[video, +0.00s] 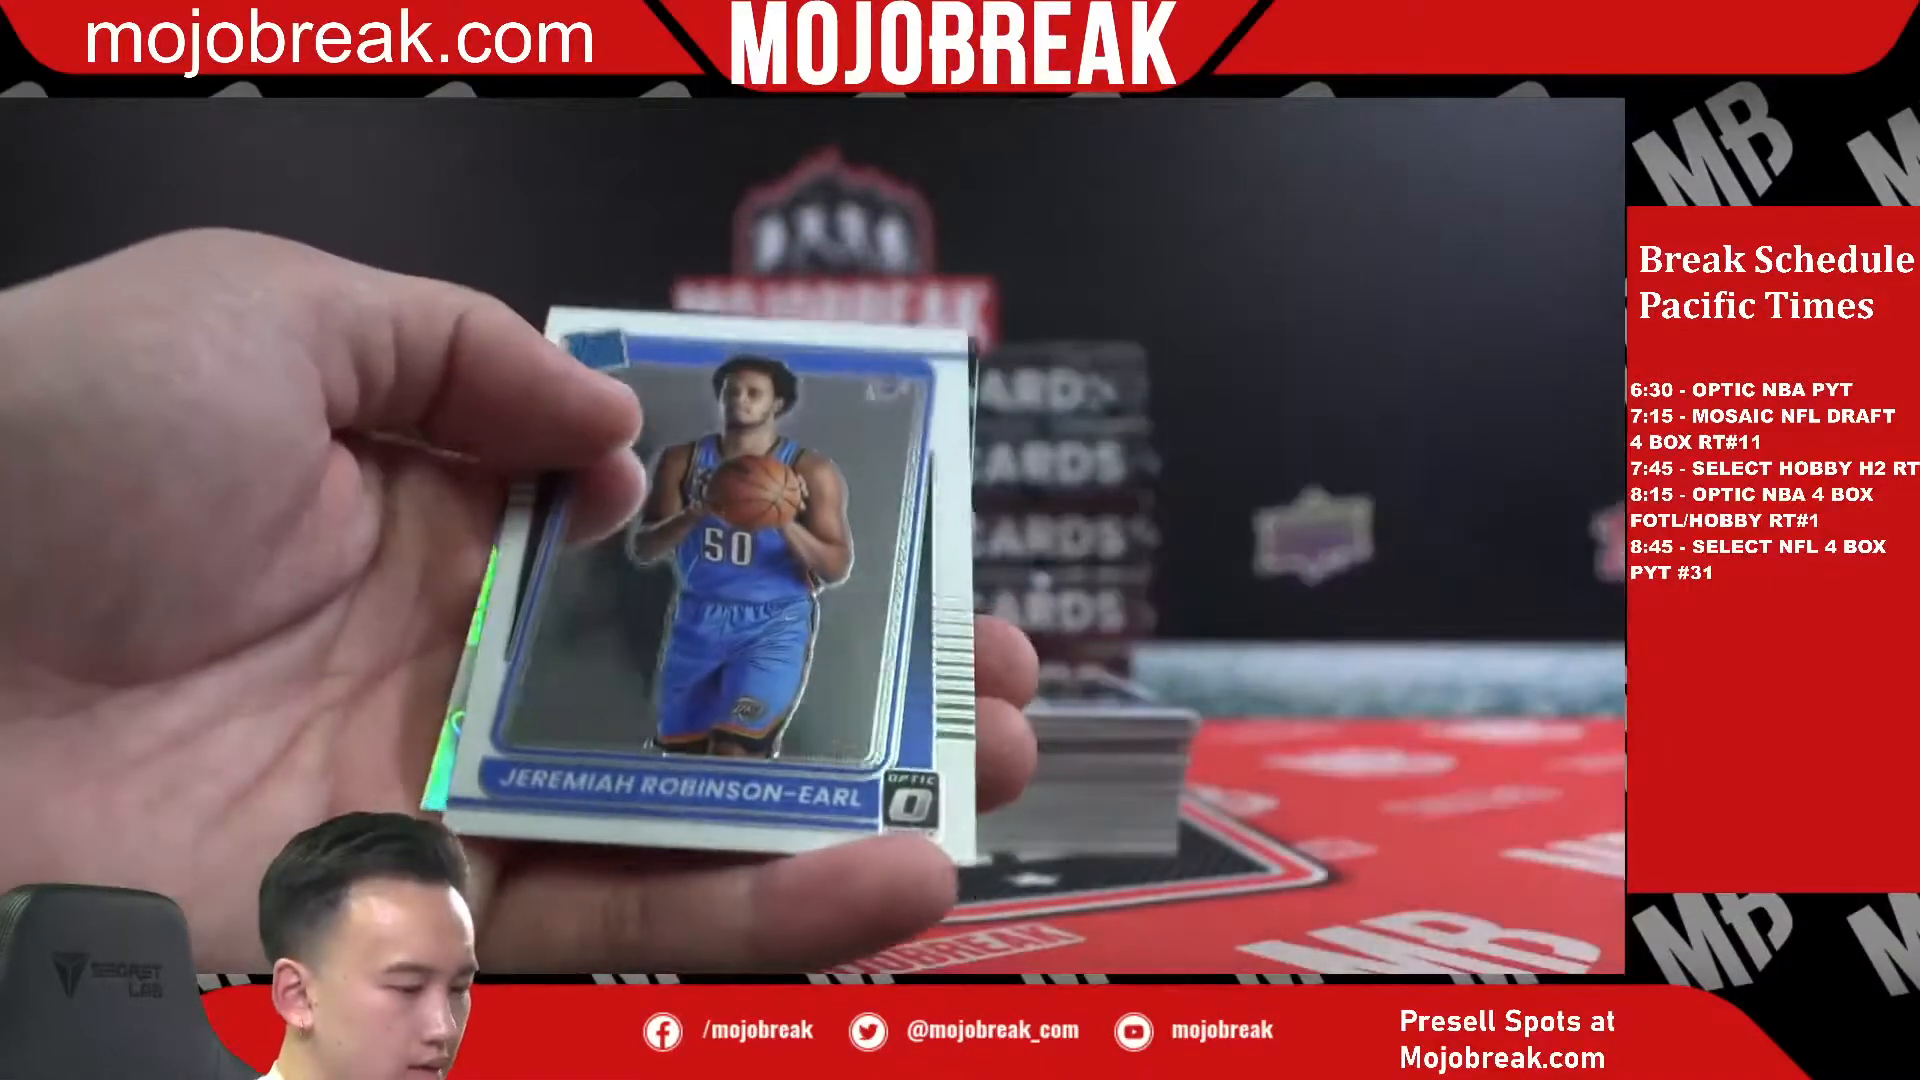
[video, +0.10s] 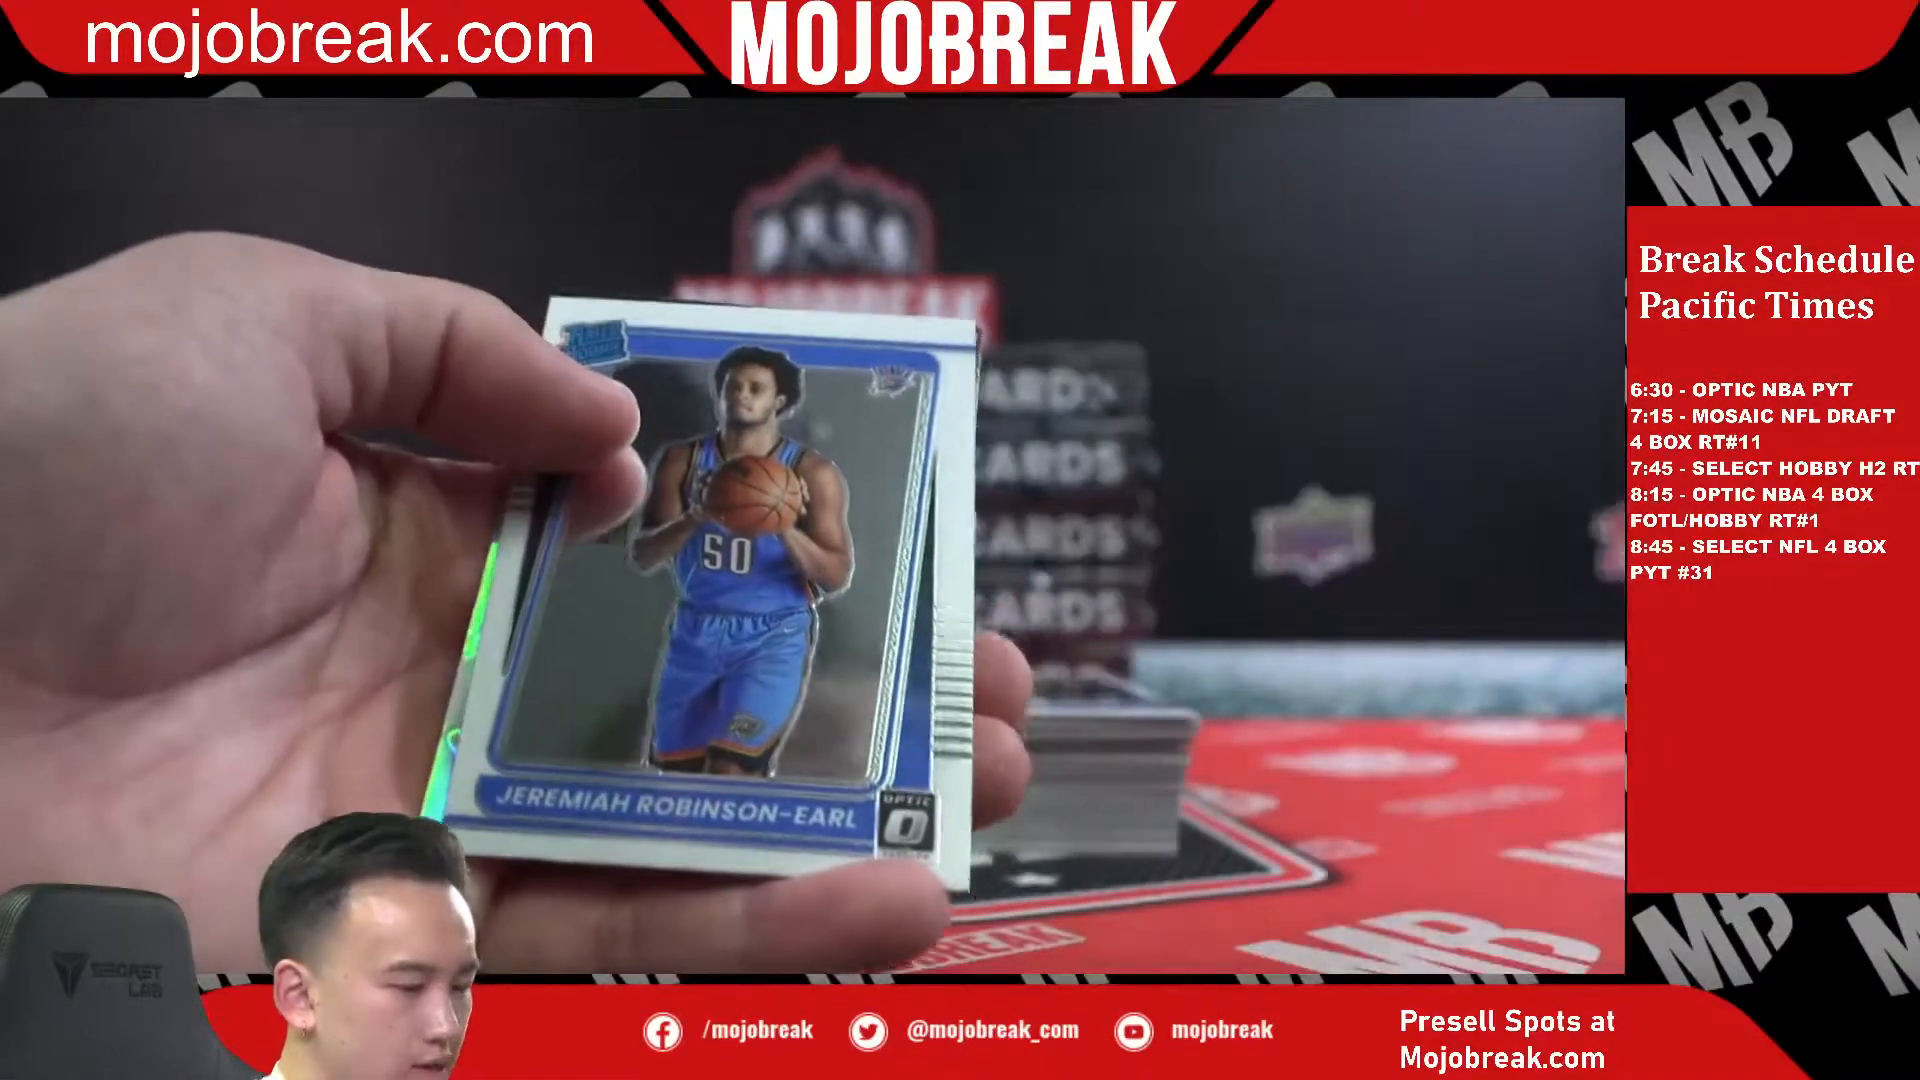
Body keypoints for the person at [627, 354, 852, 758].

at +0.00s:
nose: (740, 401)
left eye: (754, 393)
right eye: (732, 391)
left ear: (777, 405)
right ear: (721, 398)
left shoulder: (814, 473)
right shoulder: (681, 461)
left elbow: (837, 567)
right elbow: (642, 550)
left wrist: (786, 521)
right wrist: (695, 514)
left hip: (775, 627)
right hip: (695, 623)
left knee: (731, 757)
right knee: (680, 762)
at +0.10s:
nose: (742, 396)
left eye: (756, 388)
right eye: (734, 385)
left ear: (781, 403)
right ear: (720, 394)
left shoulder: (815, 475)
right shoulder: (681, 460)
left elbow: (836, 575)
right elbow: (642, 557)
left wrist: (787, 527)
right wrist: (696, 517)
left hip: (775, 639)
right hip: (694, 632)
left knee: (729, 776)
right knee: (675, 782)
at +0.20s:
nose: (747, 400)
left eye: (761, 393)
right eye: (739, 389)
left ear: (785, 407)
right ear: (725, 397)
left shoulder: (821, 480)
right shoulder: (686, 464)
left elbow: (840, 581)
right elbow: (646, 562)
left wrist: (791, 533)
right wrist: (699, 523)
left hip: (779, 645)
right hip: (698, 638)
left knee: (731, 783)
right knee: (679, 788)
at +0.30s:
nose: (752, 402)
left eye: (767, 395)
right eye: (745, 392)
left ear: (792, 410)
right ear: (732, 400)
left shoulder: (826, 482)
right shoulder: (693, 466)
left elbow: (845, 585)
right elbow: (653, 566)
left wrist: (797, 535)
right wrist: (705, 526)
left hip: (784, 648)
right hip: (703, 642)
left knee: (736, 786)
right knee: (684, 791)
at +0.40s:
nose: (757, 391)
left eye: (773, 384)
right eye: (750, 381)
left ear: (800, 399)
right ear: (737, 389)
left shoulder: (834, 474)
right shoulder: (699, 458)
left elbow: (852, 581)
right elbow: (659, 560)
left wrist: (805, 530)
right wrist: (711, 520)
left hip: (791, 646)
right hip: (711, 640)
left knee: (742, 789)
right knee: (691, 795)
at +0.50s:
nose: (769, 379)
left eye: (784, 371)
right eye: (760, 368)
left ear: (812, 388)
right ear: (746, 377)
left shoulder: (845, 466)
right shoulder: (708, 448)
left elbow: (863, 576)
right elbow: (668, 552)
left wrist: (815, 524)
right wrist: (721, 511)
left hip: (802, 643)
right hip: (721, 637)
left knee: (753, 786)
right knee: (700, 793)